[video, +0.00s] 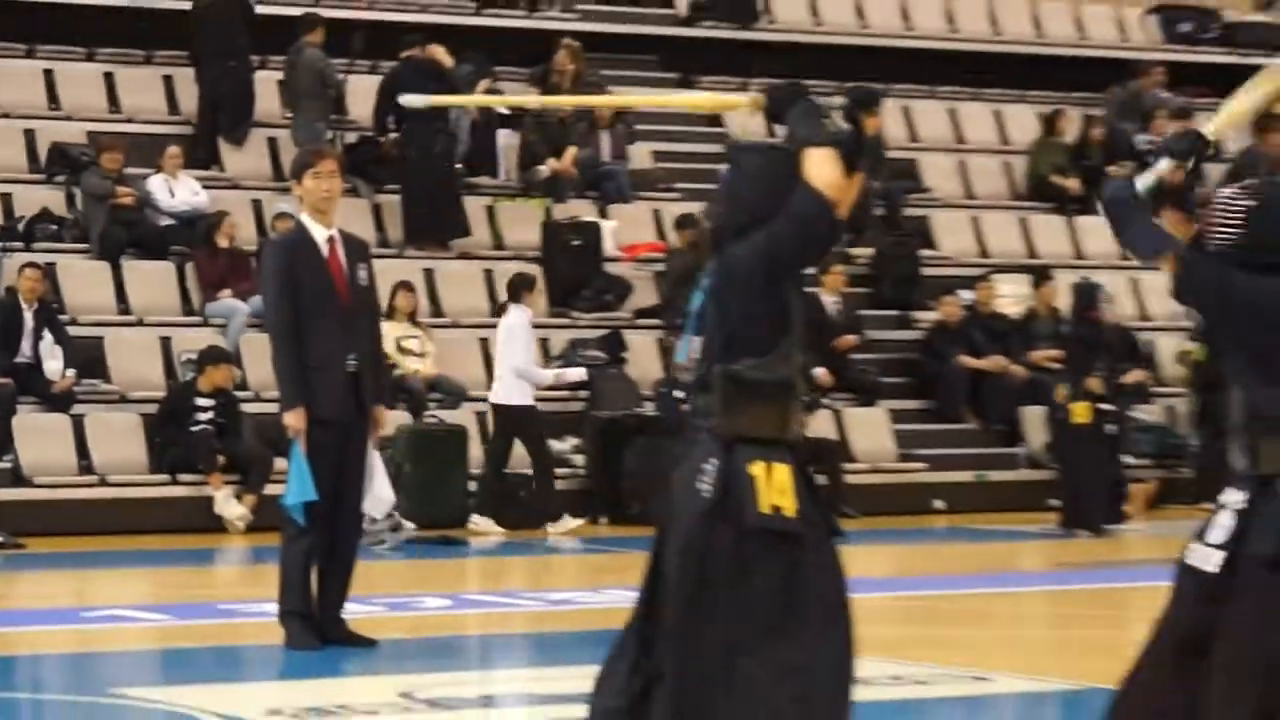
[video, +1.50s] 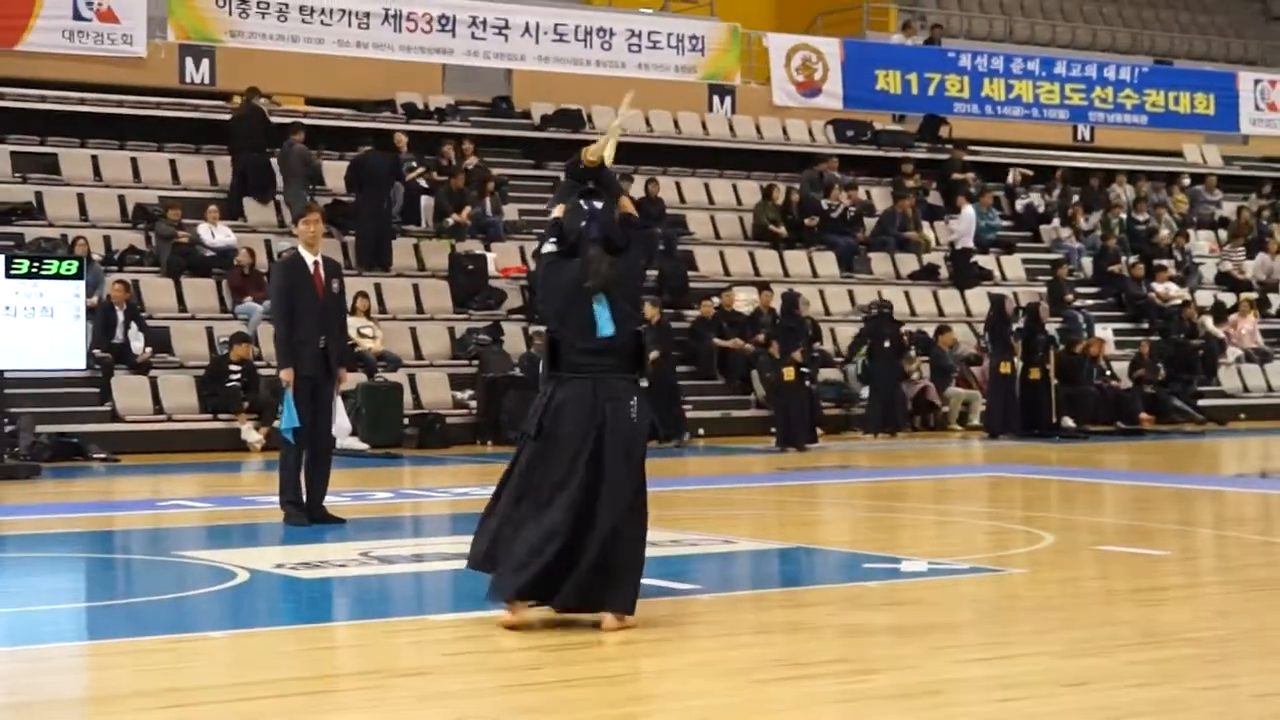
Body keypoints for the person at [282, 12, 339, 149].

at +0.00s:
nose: (323, 37)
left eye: (323, 32)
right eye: (322, 32)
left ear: (304, 31)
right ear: (315, 31)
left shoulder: (293, 54)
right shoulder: (316, 56)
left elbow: (289, 86)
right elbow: (333, 82)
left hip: (299, 119)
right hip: (316, 120)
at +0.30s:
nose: (263, 65)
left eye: (263, 61)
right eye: (262, 61)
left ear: (247, 60)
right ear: (257, 61)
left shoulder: (238, 80)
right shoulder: (260, 83)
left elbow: (234, 108)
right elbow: (276, 107)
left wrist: (240, 126)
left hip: (244, 136)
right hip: (259, 137)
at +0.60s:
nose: (234, 89)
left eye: (233, 86)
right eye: (232, 86)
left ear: (218, 87)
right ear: (227, 87)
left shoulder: (210, 107)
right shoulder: (230, 106)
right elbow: (244, 128)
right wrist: (252, 148)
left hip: (217, 156)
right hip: (231, 156)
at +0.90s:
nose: (265, 110)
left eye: (265, 107)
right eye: (264, 107)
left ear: (252, 107)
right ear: (259, 107)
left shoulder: (243, 125)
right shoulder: (262, 124)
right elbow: (277, 140)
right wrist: (283, 134)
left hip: (249, 170)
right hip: (263, 171)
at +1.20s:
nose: (284, 121)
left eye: (284, 118)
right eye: (283, 118)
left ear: (271, 117)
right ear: (278, 117)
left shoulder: (261, 136)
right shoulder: (281, 134)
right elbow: (295, 149)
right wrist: (301, 144)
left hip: (268, 180)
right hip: (282, 179)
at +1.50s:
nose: (304, 137)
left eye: (303, 134)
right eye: (303, 134)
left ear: (292, 133)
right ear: (299, 133)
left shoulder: (283, 150)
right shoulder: (301, 149)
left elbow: (283, 170)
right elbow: (314, 167)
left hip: (287, 191)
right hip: (300, 192)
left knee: (296, 220)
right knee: (302, 220)